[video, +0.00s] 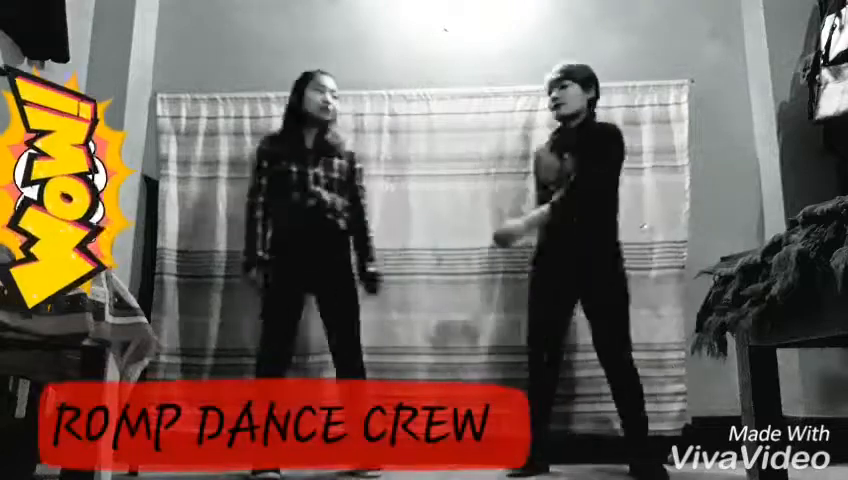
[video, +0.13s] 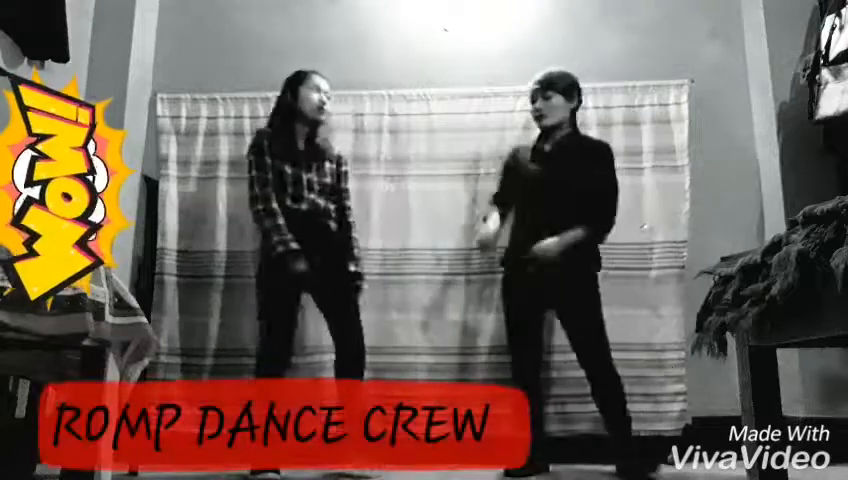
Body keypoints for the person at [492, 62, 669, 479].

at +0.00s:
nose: (554, 94)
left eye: (563, 87)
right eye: (552, 89)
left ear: (589, 93)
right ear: (553, 100)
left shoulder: (607, 135)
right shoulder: (548, 148)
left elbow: (583, 193)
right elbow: (545, 208)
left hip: (598, 259)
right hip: (553, 261)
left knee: (616, 357)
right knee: (542, 354)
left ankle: (640, 455)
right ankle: (533, 452)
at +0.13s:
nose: (538, 104)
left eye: (548, 96)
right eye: (535, 98)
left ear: (573, 102)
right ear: (532, 107)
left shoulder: (595, 153)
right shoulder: (521, 157)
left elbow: (603, 219)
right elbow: (502, 201)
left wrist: (563, 240)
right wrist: (493, 221)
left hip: (573, 274)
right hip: (523, 274)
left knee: (598, 366)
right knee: (525, 369)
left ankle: (626, 456)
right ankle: (531, 456)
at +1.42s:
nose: (522, 80)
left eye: (531, 73)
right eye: (513, 76)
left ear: (546, 88)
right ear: (502, 92)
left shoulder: (564, 139)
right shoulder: (493, 134)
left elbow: (594, 189)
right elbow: (504, 193)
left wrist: (627, 241)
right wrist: (545, 229)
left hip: (561, 263)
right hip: (511, 264)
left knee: (581, 361)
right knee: (510, 363)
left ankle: (599, 461)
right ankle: (502, 462)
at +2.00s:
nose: (544, 84)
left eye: (554, 79)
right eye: (534, 79)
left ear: (567, 93)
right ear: (521, 95)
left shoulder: (587, 136)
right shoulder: (510, 156)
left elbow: (599, 201)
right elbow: (500, 221)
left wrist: (584, 256)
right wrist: (497, 278)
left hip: (587, 260)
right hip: (535, 264)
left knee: (601, 360)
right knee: (515, 361)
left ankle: (600, 459)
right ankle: (486, 456)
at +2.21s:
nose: (520, 83)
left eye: (529, 78)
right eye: (511, 76)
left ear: (539, 91)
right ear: (494, 88)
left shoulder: (545, 149)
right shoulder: (478, 143)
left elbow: (573, 201)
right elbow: (440, 196)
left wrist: (614, 246)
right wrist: (432, 257)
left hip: (534, 274)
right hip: (489, 274)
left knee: (571, 352)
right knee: (501, 358)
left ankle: (587, 453)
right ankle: (476, 452)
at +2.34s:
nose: (545, 85)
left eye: (548, 81)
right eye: (536, 77)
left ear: (544, 90)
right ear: (508, 82)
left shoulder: (529, 131)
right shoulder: (501, 126)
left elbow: (528, 198)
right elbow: (497, 170)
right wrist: (509, 189)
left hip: (523, 263)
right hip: (500, 263)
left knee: (548, 357)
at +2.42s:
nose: (558, 87)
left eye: (560, 81)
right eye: (549, 78)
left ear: (553, 91)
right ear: (521, 83)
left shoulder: (536, 130)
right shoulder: (515, 127)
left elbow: (542, 188)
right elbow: (546, 177)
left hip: (526, 260)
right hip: (506, 260)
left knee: (552, 357)